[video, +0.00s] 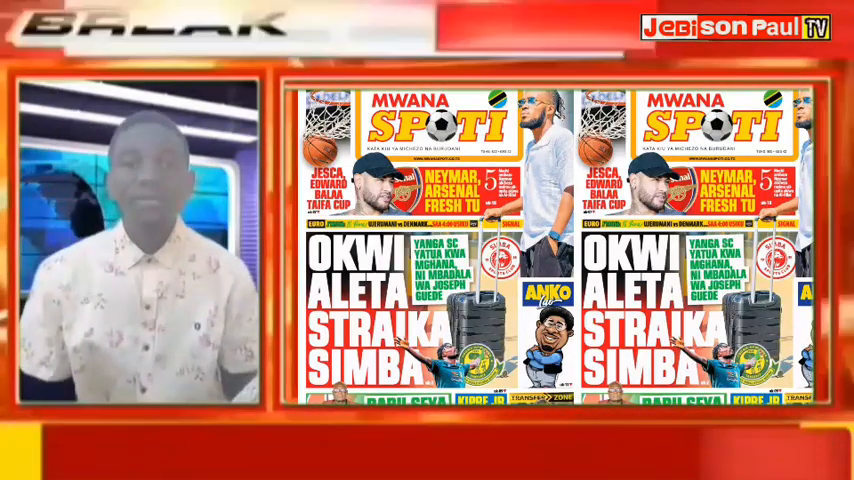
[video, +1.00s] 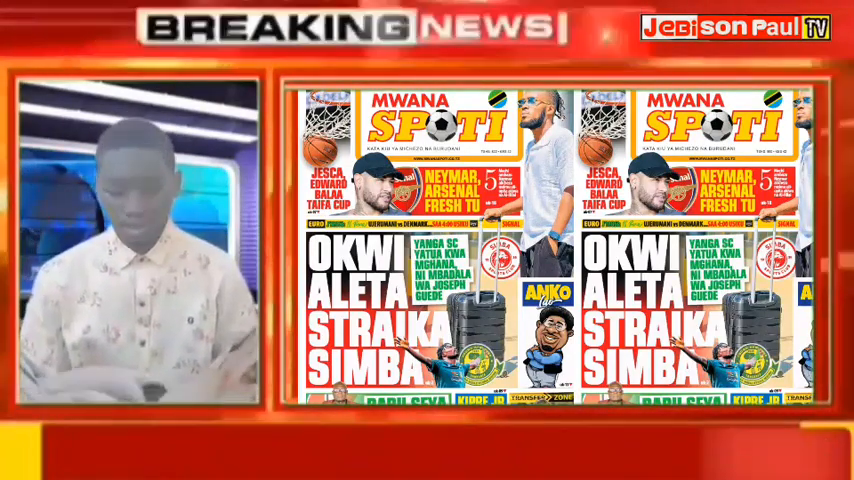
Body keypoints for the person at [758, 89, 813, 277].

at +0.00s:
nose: (799, 107)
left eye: (807, 101)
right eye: (797, 102)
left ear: (821, 107)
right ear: (794, 109)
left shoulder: (826, 149)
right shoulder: (806, 149)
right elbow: (805, 196)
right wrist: (777, 210)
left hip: (819, 240)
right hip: (804, 239)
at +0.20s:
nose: (799, 107)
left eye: (807, 101)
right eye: (797, 103)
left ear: (820, 108)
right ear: (794, 110)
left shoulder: (826, 148)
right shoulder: (806, 149)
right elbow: (805, 196)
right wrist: (777, 211)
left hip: (819, 240)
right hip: (804, 240)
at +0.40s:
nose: (799, 107)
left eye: (806, 102)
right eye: (797, 103)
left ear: (820, 108)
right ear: (794, 110)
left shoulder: (827, 148)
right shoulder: (806, 149)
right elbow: (805, 196)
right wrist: (777, 211)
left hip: (819, 239)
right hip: (804, 239)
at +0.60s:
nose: (799, 108)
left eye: (807, 101)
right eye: (797, 103)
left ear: (820, 108)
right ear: (794, 109)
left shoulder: (826, 148)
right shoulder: (806, 149)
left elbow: (833, 194)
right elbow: (805, 196)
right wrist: (777, 210)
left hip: (819, 239)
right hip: (803, 238)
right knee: (805, 299)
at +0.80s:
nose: (799, 107)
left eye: (807, 101)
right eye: (797, 102)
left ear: (820, 107)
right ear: (794, 109)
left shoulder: (827, 148)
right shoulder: (806, 149)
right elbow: (805, 196)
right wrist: (777, 211)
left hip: (821, 240)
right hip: (804, 240)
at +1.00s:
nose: (799, 107)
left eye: (807, 101)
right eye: (797, 102)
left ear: (820, 107)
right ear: (794, 109)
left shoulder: (827, 148)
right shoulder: (806, 149)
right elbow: (805, 196)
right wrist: (777, 211)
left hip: (820, 239)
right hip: (804, 239)